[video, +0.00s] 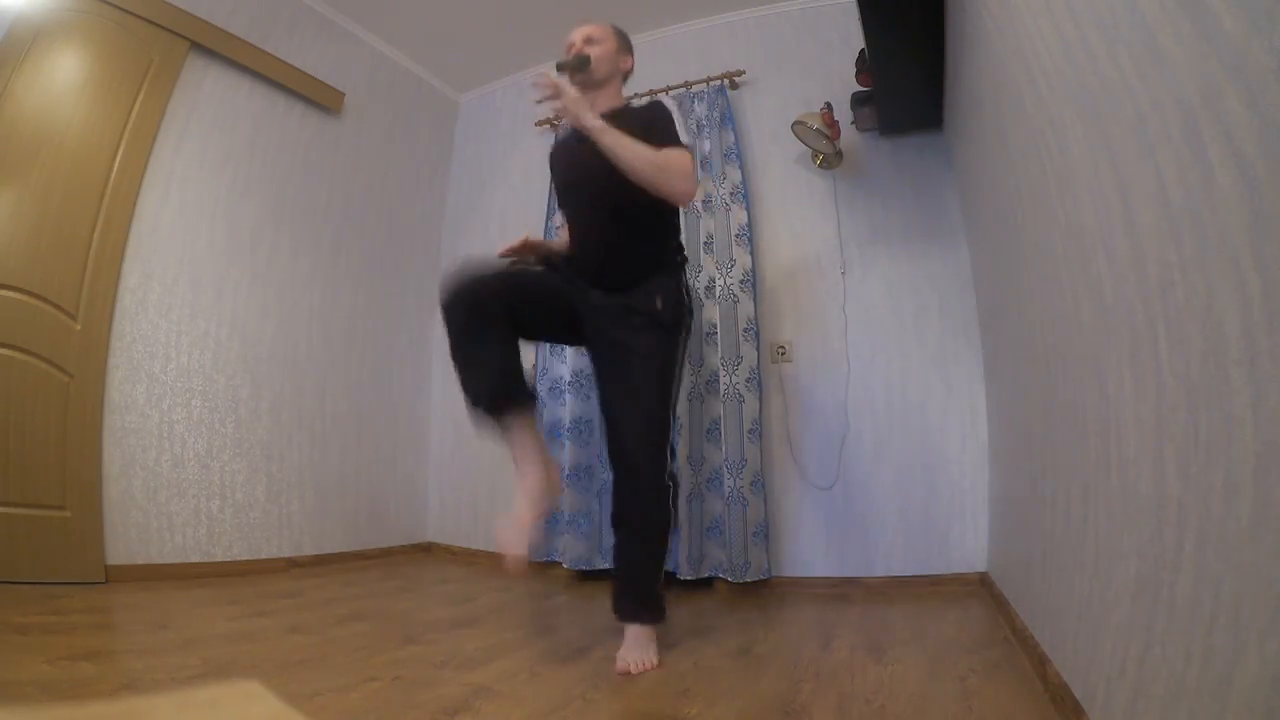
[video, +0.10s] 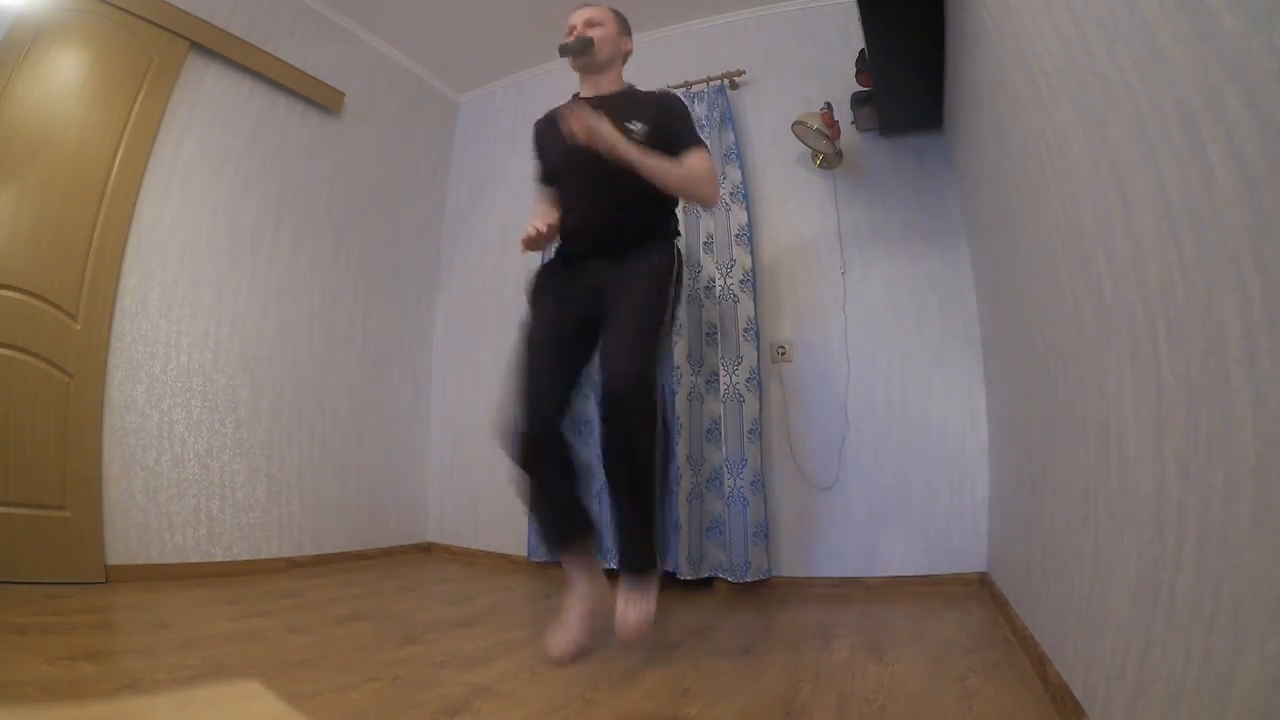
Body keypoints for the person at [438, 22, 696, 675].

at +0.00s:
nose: (574, 51)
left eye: (590, 42)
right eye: (568, 47)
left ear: (626, 62)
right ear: (561, 69)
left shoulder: (650, 117)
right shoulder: (566, 149)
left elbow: (682, 185)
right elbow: (583, 247)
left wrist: (592, 121)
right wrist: (541, 249)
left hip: (644, 304)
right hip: (579, 294)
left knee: (638, 460)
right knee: (470, 294)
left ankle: (639, 619)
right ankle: (534, 468)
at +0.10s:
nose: (579, 30)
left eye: (594, 22)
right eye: (572, 27)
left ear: (626, 44)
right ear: (565, 53)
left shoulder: (660, 107)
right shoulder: (554, 123)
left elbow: (706, 188)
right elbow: (551, 196)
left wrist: (613, 142)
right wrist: (542, 224)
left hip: (642, 268)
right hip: (570, 274)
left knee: (625, 396)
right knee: (535, 425)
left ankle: (638, 571)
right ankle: (581, 574)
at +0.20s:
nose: (581, 43)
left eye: (597, 36)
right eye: (573, 40)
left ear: (628, 61)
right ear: (565, 69)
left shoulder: (662, 139)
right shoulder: (543, 143)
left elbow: (703, 229)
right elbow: (500, 243)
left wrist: (652, 218)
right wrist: (491, 226)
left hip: (649, 284)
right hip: (574, 295)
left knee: (604, 248)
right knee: (589, 455)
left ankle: (637, 444)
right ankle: (615, 606)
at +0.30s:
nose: (573, 38)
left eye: (588, 30)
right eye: (566, 35)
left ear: (621, 51)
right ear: (558, 62)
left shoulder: (660, 123)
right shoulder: (543, 136)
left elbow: (708, 197)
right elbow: (503, 225)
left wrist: (673, 213)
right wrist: (499, 174)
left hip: (650, 279)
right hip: (579, 292)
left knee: (609, 268)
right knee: (579, 445)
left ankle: (626, 468)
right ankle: (594, 601)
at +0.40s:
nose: (568, 32)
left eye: (583, 23)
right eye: (562, 29)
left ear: (618, 45)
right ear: (557, 56)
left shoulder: (655, 104)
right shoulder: (553, 132)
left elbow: (722, 180)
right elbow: (552, 228)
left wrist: (652, 184)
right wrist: (525, 209)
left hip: (652, 271)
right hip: (584, 275)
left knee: (632, 411)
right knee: (500, 375)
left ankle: (644, 586)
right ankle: (562, 525)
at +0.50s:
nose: (572, 49)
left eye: (588, 41)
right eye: (565, 45)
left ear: (622, 65)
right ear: (559, 74)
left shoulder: (650, 124)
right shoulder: (565, 154)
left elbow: (706, 198)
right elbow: (587, 246)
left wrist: (603, 151)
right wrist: (543, 265)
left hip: (647, 309)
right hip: (581, 300)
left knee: (647, 471)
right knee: (462, 283)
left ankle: (650, 625)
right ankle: (536, 439)